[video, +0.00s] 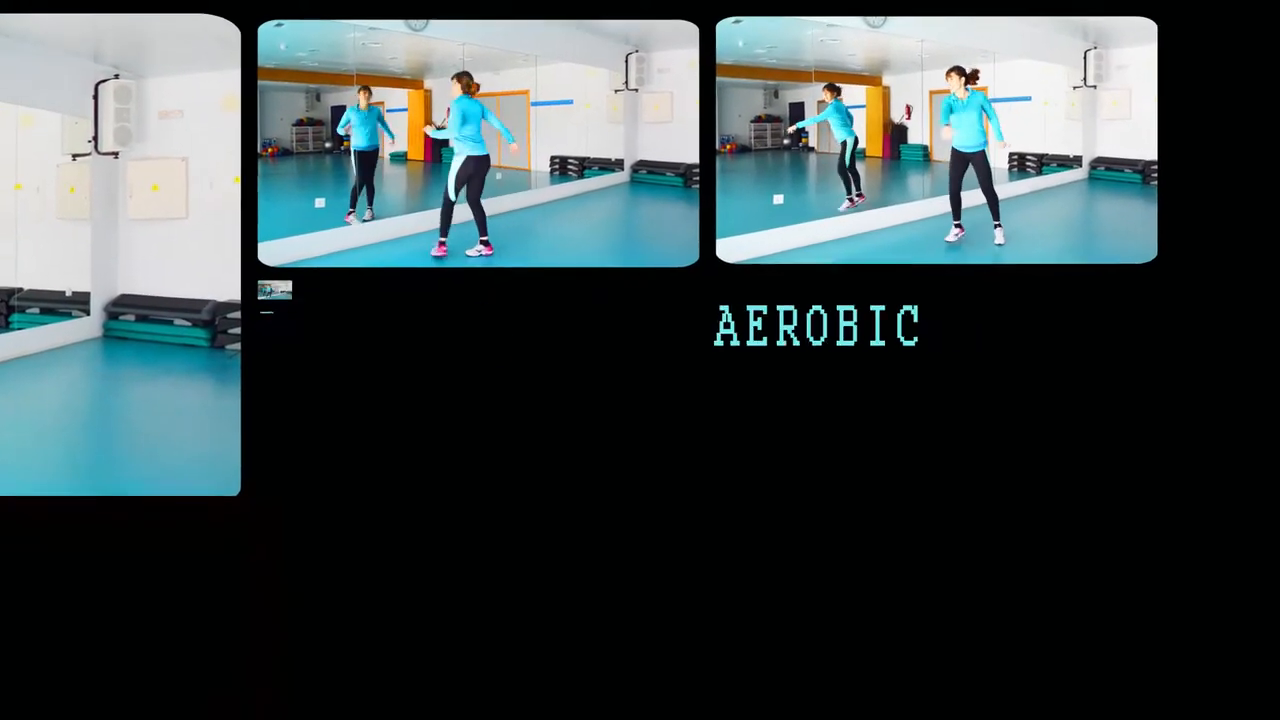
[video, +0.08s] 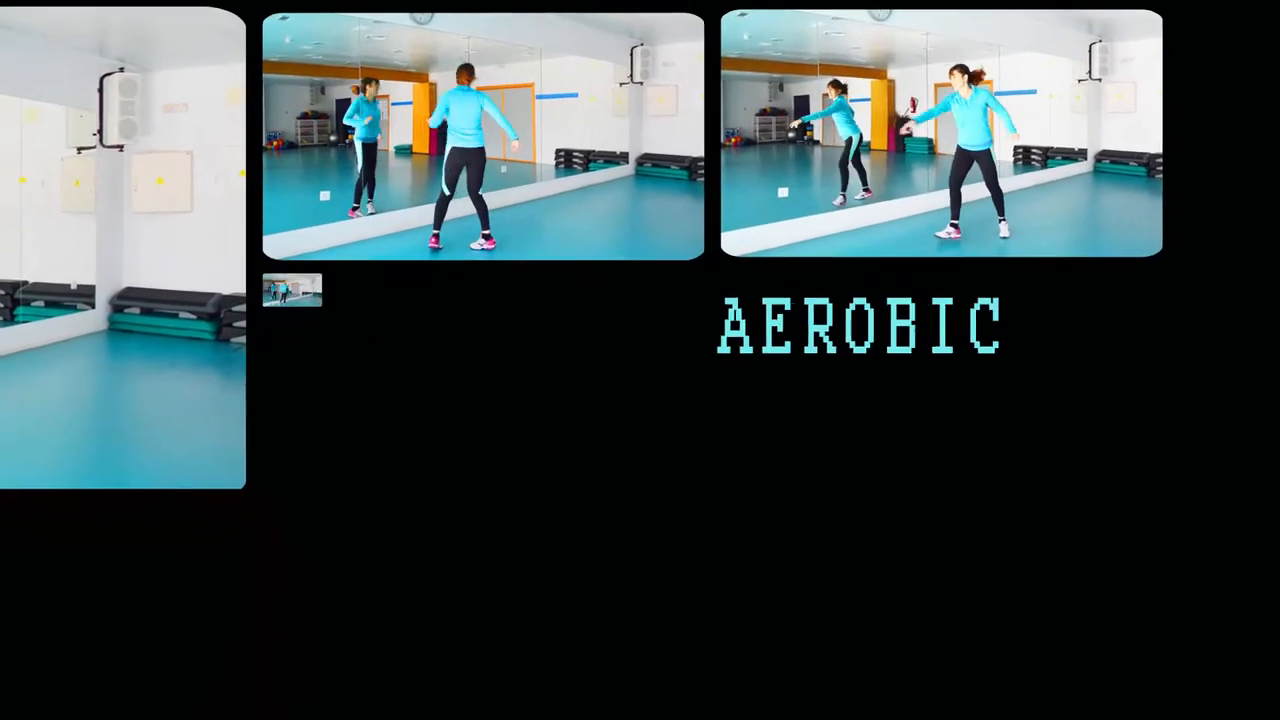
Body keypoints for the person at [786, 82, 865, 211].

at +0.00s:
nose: (824, 96)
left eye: (825, 93)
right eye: (824, 94)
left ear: (832, 93)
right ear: (833, 94)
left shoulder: (832, 107)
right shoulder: (841, 105)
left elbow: (816, 119)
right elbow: (850, 117)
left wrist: (797, 125)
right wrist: (848, 130)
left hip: (847, 139)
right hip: (851, 138)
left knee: (842, 168)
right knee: (851, 167)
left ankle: (850, 198)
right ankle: (859, 194)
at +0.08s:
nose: (829, 93)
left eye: (830, 90)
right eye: (828, 90)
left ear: (836, 90)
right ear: (837, 90)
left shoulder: (839, 102)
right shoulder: (842, 101)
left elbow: (823, 113)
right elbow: (852, 112)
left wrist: (802, 120)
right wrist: (846, 123)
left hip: (853, 136)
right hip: (852, 135)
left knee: (843, 163)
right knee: (856, 163)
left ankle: (843, 195)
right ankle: (866, 189)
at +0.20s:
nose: (834, 85)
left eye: (836, 83)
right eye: (834, 83)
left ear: (843, 83)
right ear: (838, 83)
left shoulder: (846, 94)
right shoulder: (843, 95)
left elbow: (841, 109)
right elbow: (843, 110)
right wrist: (840, 115)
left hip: (857, 130)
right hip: (853, 130)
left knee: (844, 157)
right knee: (858, 155)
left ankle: (842, 189)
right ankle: (873, 179)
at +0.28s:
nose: (838, 77)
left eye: (840, 74)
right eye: (838, 74)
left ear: (847, 75)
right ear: (839, 76)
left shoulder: (851, 87)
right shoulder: (844, 89)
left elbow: (862, 97)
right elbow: (844, 102)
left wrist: (873, 107)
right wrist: (835, 103)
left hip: (859, 123)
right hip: (851, 124)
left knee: (847, 151)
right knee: (852, 152)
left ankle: (847, 183)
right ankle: (870, 170)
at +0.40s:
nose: (845, 65)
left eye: (848, 63)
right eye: (844, 63)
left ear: (854, 65)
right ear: (844, 65)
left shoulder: (860, 78)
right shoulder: (845, 80)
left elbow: (877, 88)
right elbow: (844, 95)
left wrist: (896, 98)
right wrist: (829, 95)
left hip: (864, 116)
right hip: (851, 117)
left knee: (855, 145)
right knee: (845, 146)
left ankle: (856, 174)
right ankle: (859, 163)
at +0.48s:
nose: (853, 59)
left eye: (855, 56)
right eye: (851, 56)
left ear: (861, 58)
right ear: (848, 59)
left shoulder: (868, 72)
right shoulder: (846, 74)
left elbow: (883, 84)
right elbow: (839, 88)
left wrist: (896, 94)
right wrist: (831, 92)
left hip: (867, 110)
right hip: (852, 111)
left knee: (862, 140)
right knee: (850, 140)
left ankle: (862, 169)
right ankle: (849, 167)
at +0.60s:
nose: (870, 48)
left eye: (871, 46)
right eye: (867, 46)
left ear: (872, 49)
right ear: (860, 48)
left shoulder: (874, 63)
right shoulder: (852, 63)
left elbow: (878, 79)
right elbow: (839, 81)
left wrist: (883, 90)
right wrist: (850, 83)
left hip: (871, 100)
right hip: (857, 101)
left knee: (869, 133)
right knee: (859, 134)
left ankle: (869, 163)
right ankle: (851, 167)